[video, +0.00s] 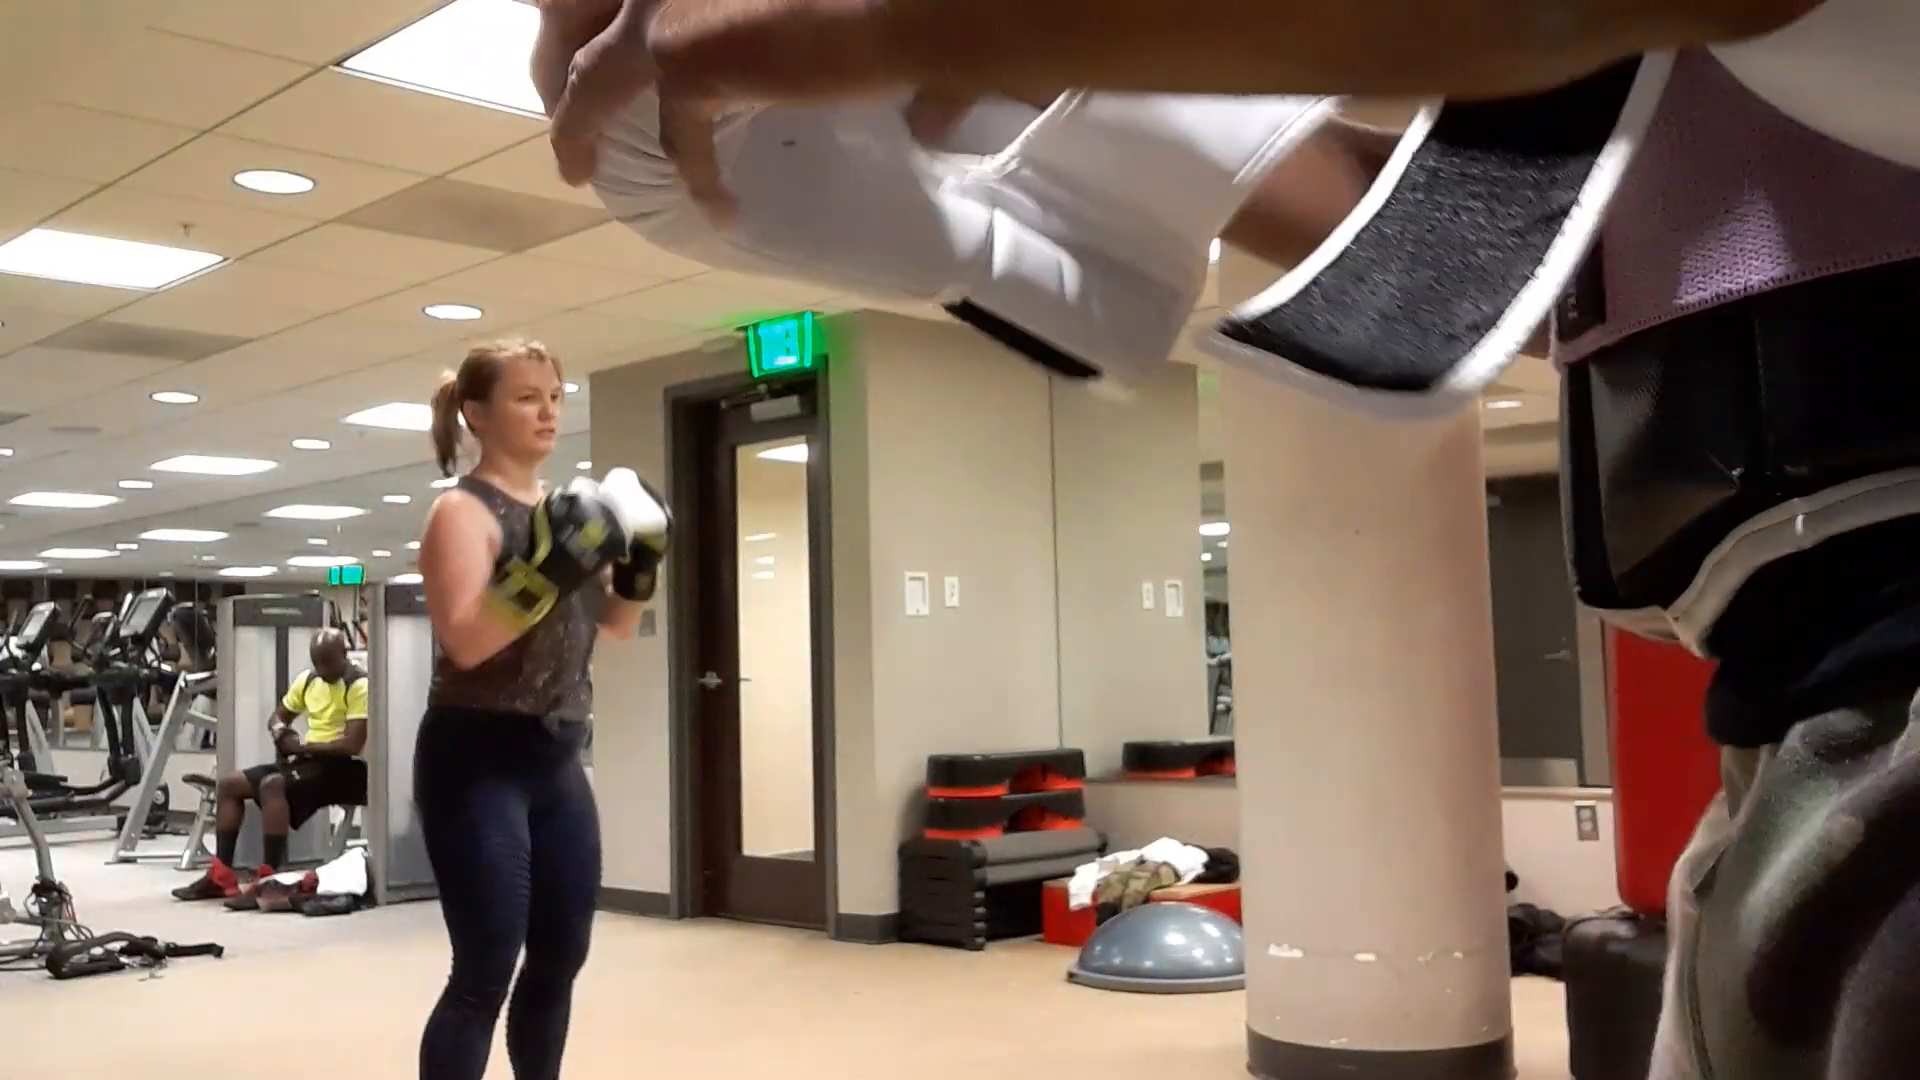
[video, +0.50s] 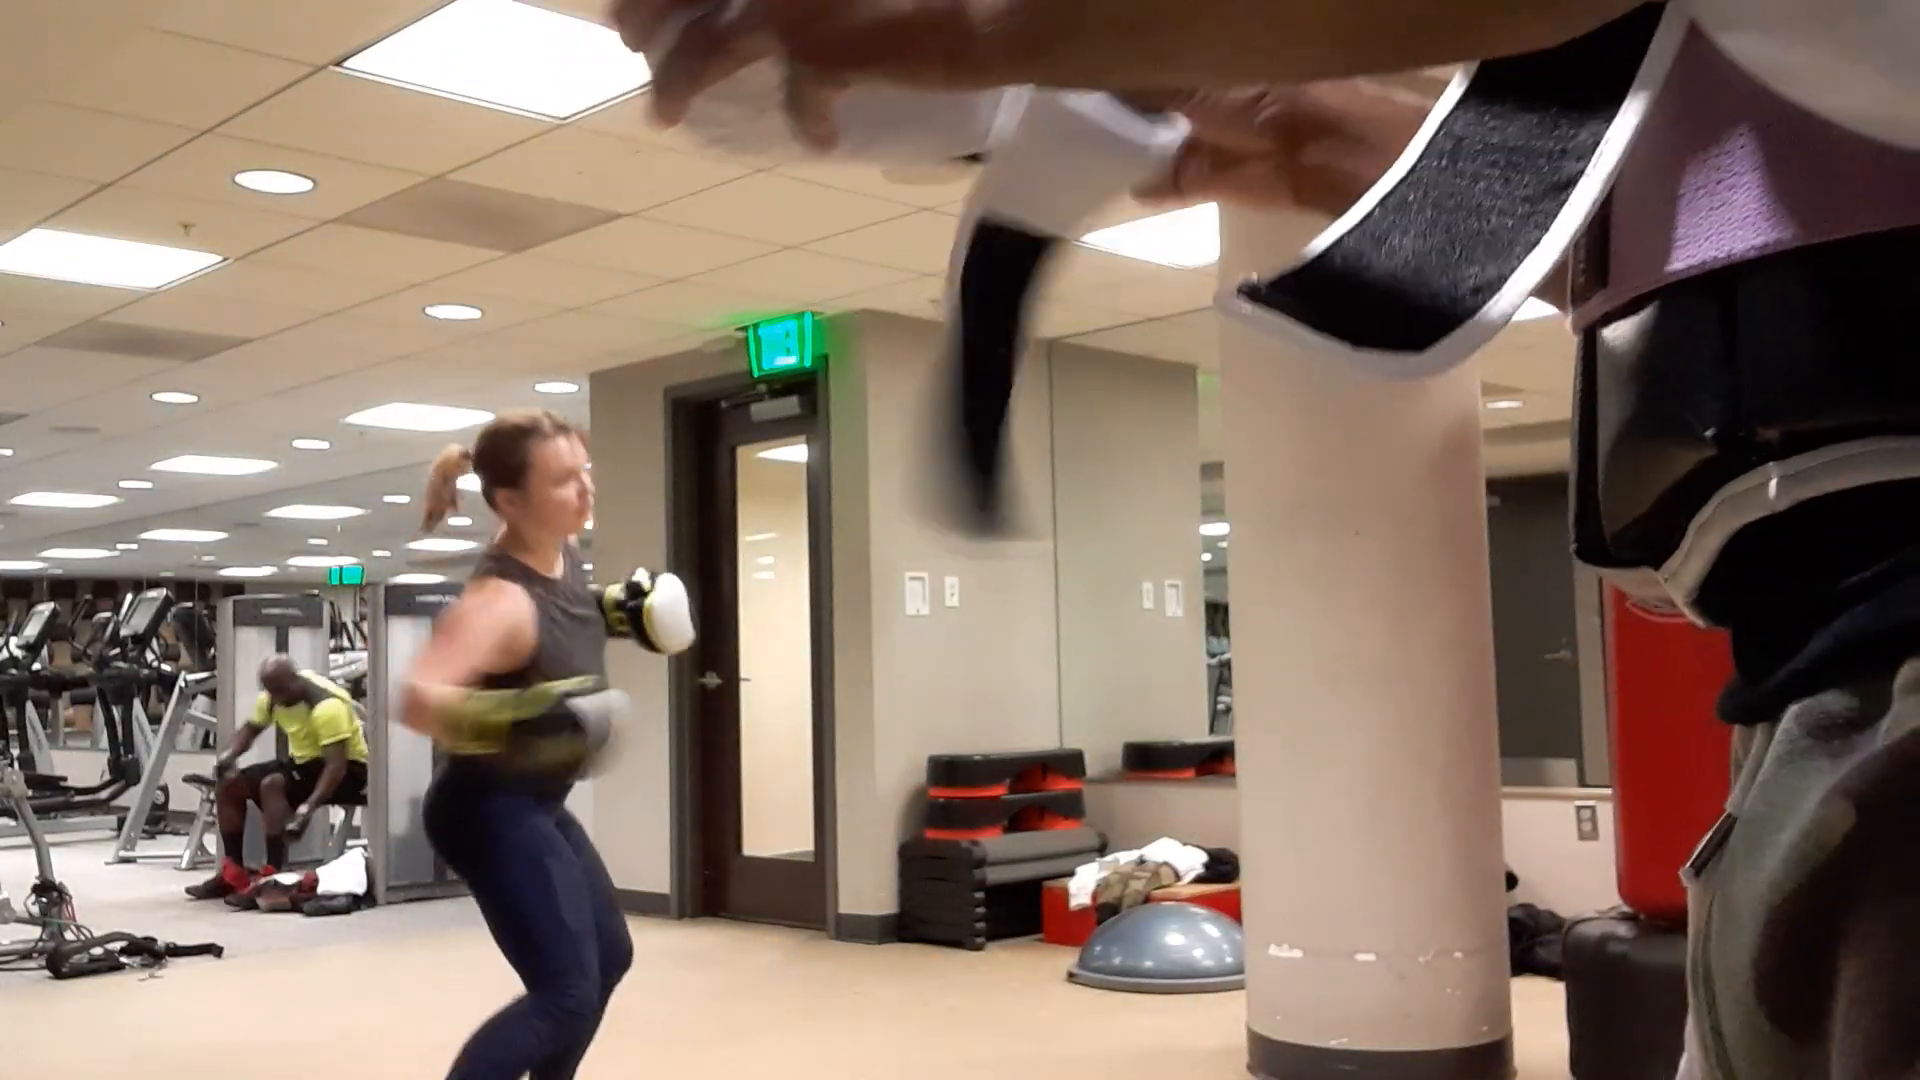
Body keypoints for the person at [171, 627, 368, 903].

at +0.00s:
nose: (321, 670)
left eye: (327, 663)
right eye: (317, 663)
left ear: (344, 655)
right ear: (312, 658)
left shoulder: (360, 685)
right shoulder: (308, 680)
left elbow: (352, 744)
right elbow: (278, 718)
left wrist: (302, 747)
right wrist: (281, 733)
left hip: (343, 769)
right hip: (309, 764)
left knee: (273, 786)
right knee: (229, 786)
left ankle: (269, 881)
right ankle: (221, 875)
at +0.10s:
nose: (320, 672)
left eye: (325, 666)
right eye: (315, 666)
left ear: (341, 657)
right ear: (310, 660)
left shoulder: (359, 689)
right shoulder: (306, 681)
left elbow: (359, 751)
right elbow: (284, 720)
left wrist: (309, 750)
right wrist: (275, 731)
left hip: (344, 772)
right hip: (309, 765)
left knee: (270, 787)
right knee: (229, 786)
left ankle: (268, 882)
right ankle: (220, 876)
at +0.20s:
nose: (316, 675)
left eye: (321, 668)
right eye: (311, 668)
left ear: (338, 658)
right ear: (306, 662)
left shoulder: (357, 692)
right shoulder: (303, 682)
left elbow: (363, 756)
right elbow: (286, 721)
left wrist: (313, 758)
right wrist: (269, 731)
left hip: (345, 776)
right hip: (309, 769)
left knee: (268, 787)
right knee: (229, 786)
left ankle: (268, 880)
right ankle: (220, 875)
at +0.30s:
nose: (309, 679)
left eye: (314, 672)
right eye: (305, 673)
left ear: (330, 662)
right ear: (300, 668)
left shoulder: (348, 692)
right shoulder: (297, 684)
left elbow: (359, 758)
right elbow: (283, 721)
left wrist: (315, 775)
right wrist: (262, 737)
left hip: (339, 766)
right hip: (305, 764)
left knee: (268, 789)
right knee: (229, 787)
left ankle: (268, 881)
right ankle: (221, 876)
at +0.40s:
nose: (294, 687)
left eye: (299, 680)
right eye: (291, 681)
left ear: (315, 674)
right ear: (289, 677)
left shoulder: (341, 700)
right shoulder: (287, 689)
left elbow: (351, 762)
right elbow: (274, 722)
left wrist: (314, 798)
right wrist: (252, 745)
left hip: (335, 769)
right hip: (305, 765)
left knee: (270, 784)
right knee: (228, 785)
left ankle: (270, 880)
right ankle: (225, 874)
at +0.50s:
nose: (275, 698)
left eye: (279, 691)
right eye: (271, 692)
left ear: (294, 680)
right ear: (267, 686)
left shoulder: (328, 707)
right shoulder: (274, 696)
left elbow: (337, 766)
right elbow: (251, 729)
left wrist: (307, 809)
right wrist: (231, 756)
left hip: (345, 772)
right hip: (304, 766)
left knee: (272, 787)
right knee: (231, 785)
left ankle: (273, 879)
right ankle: (234, 873)